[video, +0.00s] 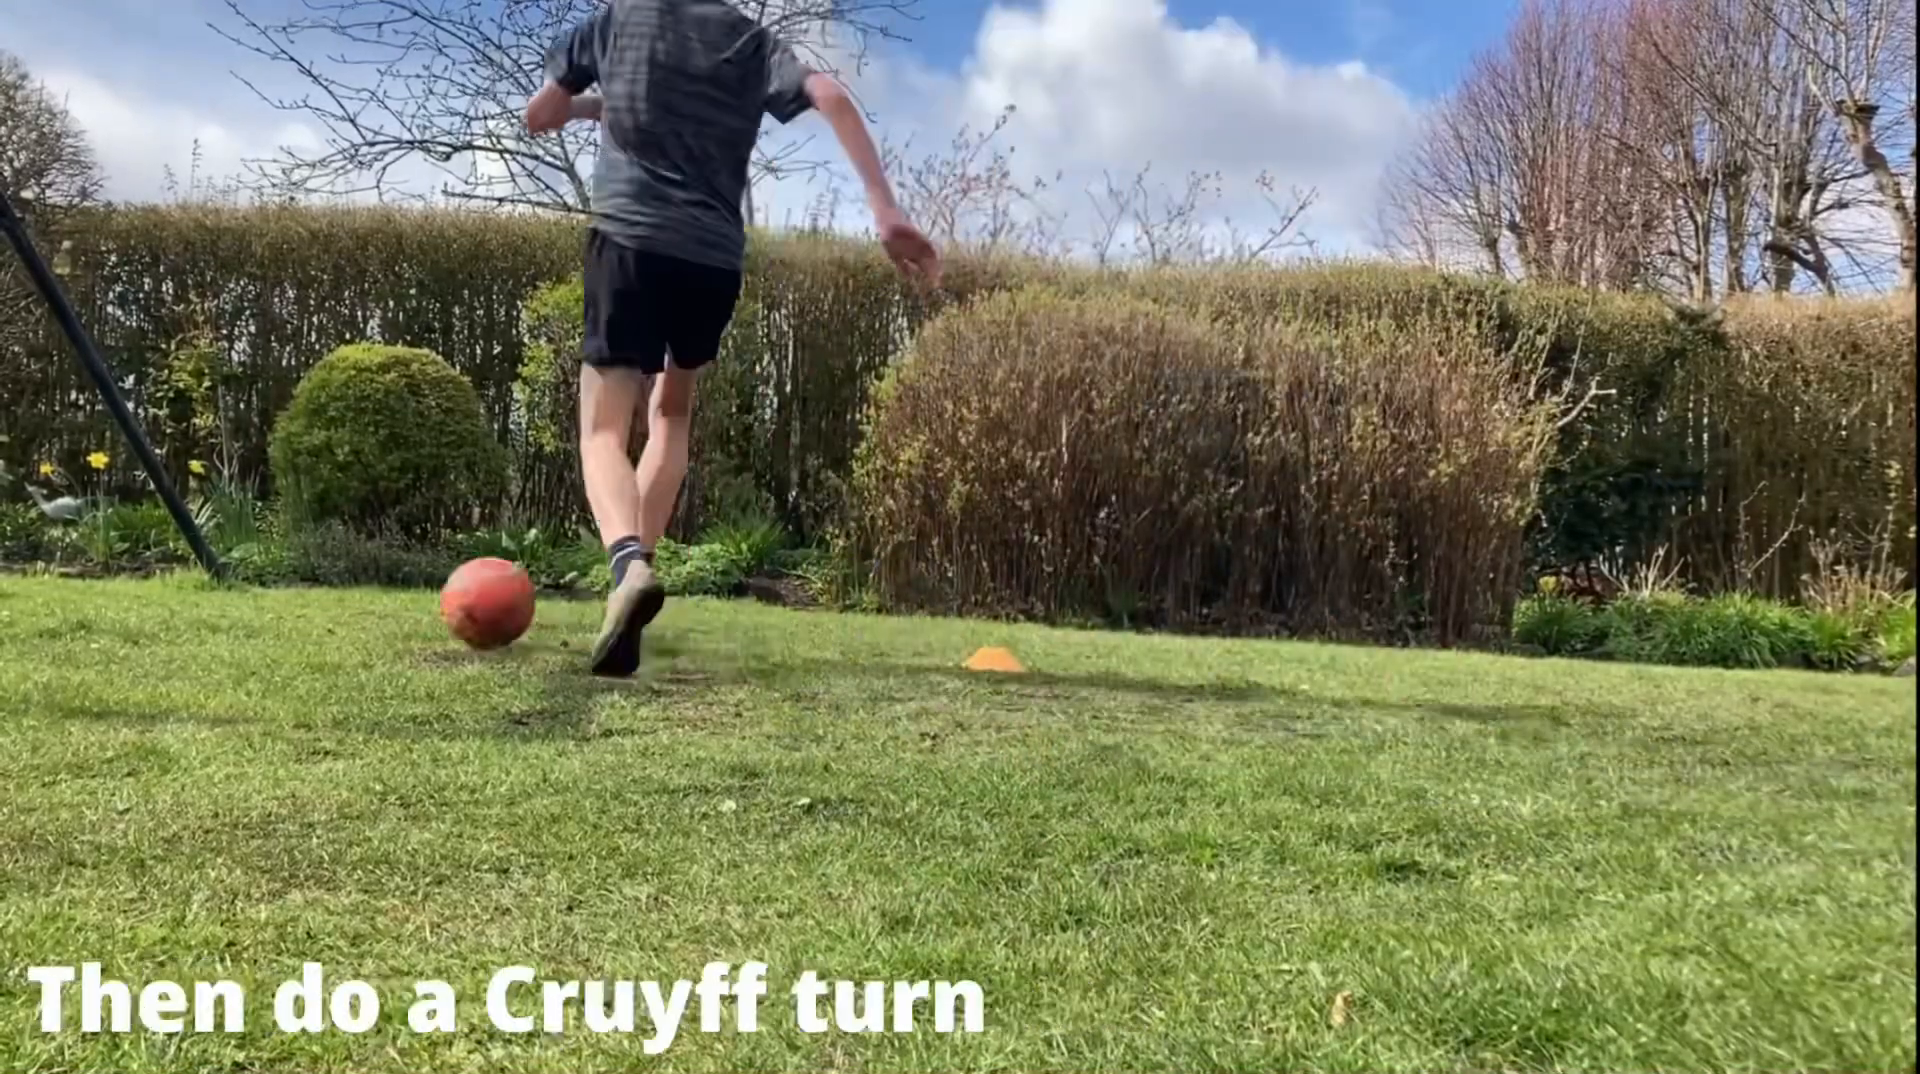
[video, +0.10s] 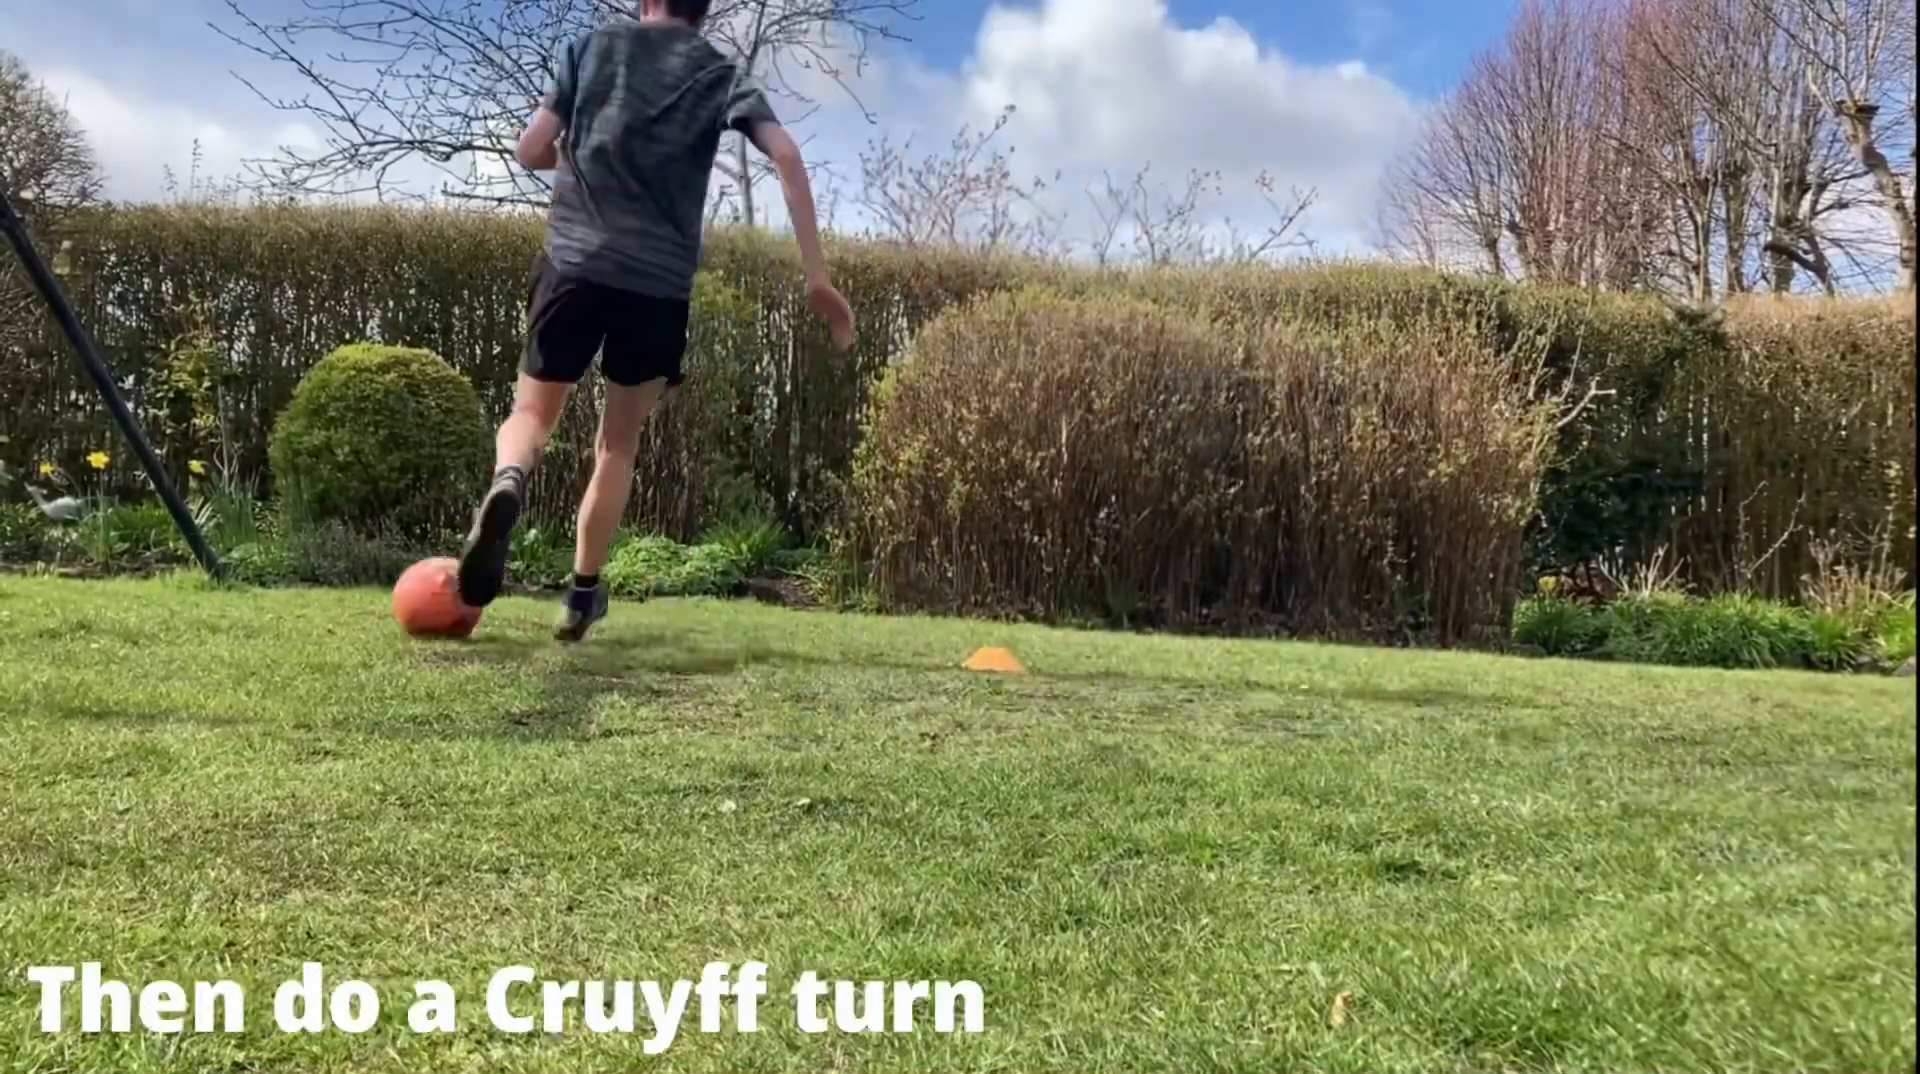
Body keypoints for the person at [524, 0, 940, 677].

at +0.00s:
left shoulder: (615, 19)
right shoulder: (755, 36)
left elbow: (538, 116)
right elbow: (832, 95)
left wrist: (602, 103)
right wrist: (887, 211)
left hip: (626, 239)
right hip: (714, 255)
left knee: (605, 429)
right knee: (672, 411)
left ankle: (629, 561)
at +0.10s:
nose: (636, 11)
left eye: (638, 4)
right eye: (645, 9)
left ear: (647, 4)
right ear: (703, 16)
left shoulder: (591, 46)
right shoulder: (726, 72)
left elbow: (531, 151)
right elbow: (789, 158)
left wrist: (582, 140)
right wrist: (818, 275)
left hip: (574, 268)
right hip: (660, 285)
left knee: (532, 410)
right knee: (617, 445)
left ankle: (508, 485)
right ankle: (581, 601)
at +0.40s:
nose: (660, 142)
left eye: (668, 131)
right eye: (667, 129)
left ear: (622, 92)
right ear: (659, 109)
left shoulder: (546, 113)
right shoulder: (627, 160)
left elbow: (448, 145)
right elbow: (620, 265)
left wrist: (462, 207)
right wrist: (620, 331)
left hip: (437, 285)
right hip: (499, 305)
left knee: (517, 390)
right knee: (587, 420)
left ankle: (397, 494)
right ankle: (536, 581)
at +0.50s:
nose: (653, 171)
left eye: (663, 162)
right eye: (659, 155)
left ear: (625, 127)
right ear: (632, 128)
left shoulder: (535, 150)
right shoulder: (576, 170)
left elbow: (439, 180)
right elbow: (516, 254)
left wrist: (472, 256)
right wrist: (561, 344)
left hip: (428, 310)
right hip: (471, 318)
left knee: (472, 457)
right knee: (564, 452)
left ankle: (411, 578)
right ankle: (480, 585)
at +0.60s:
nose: (628, 179)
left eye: (634, 169)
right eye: (624, 163)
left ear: (591, 151)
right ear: (588, 145)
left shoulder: (552, 211)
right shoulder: (525, 194)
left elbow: (500, 282)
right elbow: (430, 265)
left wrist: (536, 337)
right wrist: (472, 363)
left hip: (467, 346)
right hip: (437, 349)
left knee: (488, 483)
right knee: (555, 454)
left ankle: (404, 582)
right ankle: (478, 580)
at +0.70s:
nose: (613, 138)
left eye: (622, 129)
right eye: (607, 121)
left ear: (624, 131)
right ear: (569, 106)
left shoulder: (573, 189)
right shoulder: (503, 164)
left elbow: (544, 274)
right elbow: (404, 224)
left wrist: (596, 319)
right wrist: (416, 323)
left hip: (491, 342)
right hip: (455, 337)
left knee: (473, 481)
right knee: (534, 445)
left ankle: (405, 581)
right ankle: (470, 560)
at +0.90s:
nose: (582, 75)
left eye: (591, 65)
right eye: (571, 59)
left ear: (594, 70)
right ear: (534, 55)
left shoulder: (585, 144)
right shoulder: (484, 130)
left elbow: (579, 225)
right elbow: (426, 234)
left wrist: (635, 232)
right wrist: (500, 280)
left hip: (535, 325)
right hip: (458, 321)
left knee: (564, 464)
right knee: (471, 482)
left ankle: (499, 535)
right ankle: (427, 577)